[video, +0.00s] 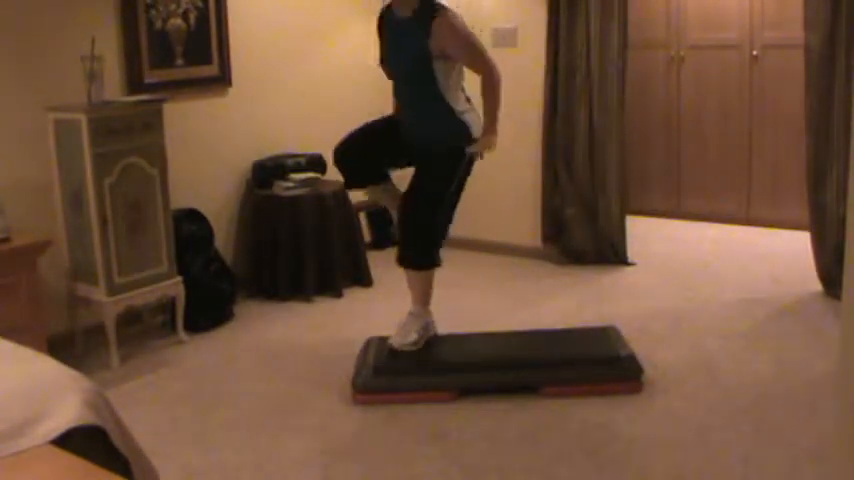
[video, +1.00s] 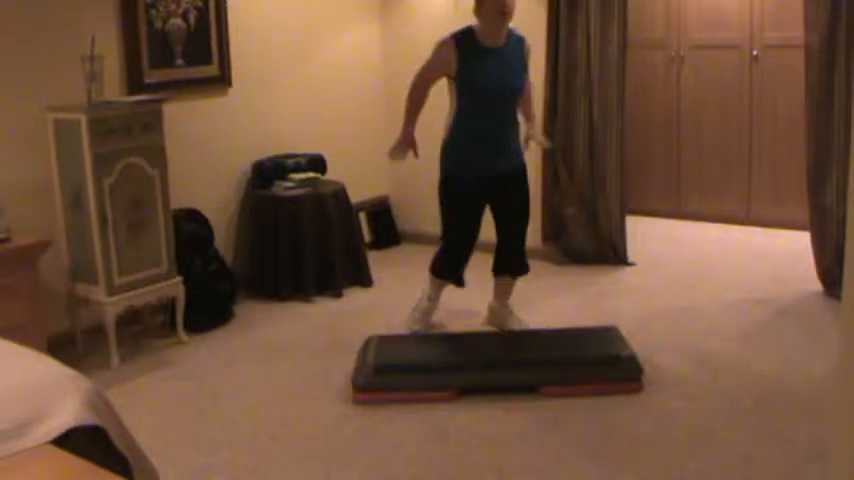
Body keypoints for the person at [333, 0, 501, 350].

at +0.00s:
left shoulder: (441, 21)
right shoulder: (387, 18)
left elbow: (490, 71)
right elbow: (400, 77)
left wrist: (490, 131)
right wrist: (398, 124)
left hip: (451, 136)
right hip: (411, 128)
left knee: (418, 221)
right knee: (351, 155)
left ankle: (420, 316)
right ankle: (403, 209)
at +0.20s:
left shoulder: (450, 17)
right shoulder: (387, 11)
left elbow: (498, 66)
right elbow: (365, 47)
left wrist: (513, 109)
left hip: (444, 134)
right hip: (401, 128)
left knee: (419, 223)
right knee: (365, 196)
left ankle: (420, 315)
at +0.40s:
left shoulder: (461, 21)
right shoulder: (389, 13)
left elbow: (519, 30)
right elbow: (335, 13)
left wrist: (543, 17)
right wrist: (292, 8)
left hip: (445, 137)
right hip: (400, 137)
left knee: (425, 225)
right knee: (405, 225)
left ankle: (418, 315)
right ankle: (416, 311)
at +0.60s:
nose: (438, 12)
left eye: (441, 5)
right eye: (433, 6)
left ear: (450, 11)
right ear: (420, 11)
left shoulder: (464, 47)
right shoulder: (396, 47)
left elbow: (522, 45)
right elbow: (341, 50)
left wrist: (544, 22)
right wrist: (326, 26)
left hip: (455, 153)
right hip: (410, 155)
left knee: (443, 219)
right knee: (414, 232)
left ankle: (436, 304)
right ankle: (422, 305)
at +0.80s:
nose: (470, 5)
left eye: (474, 1)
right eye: (463, 0)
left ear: (478, 3)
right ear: (446, 1)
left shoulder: (490, 35)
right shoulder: (421, 33)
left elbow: (520, 64)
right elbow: (372, 63)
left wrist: (541, 98)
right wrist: (356, 104)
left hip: (475, 141)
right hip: (429, 143)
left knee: (490, 222)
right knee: (425, 226)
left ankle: (492, 295)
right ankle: (419, 305)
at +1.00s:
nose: (506, 8)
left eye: (509, 3)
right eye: (497, 2)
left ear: (514, 8)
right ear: (479, 8)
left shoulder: (518, 45)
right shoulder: (454, 47)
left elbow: (522, 87)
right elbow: (421, 83)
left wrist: (531, 122)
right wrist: (407, 131)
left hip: (507, 158)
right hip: (463, 159)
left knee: (513, 237)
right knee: (458, 241)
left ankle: (500, 307)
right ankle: (428, 305)